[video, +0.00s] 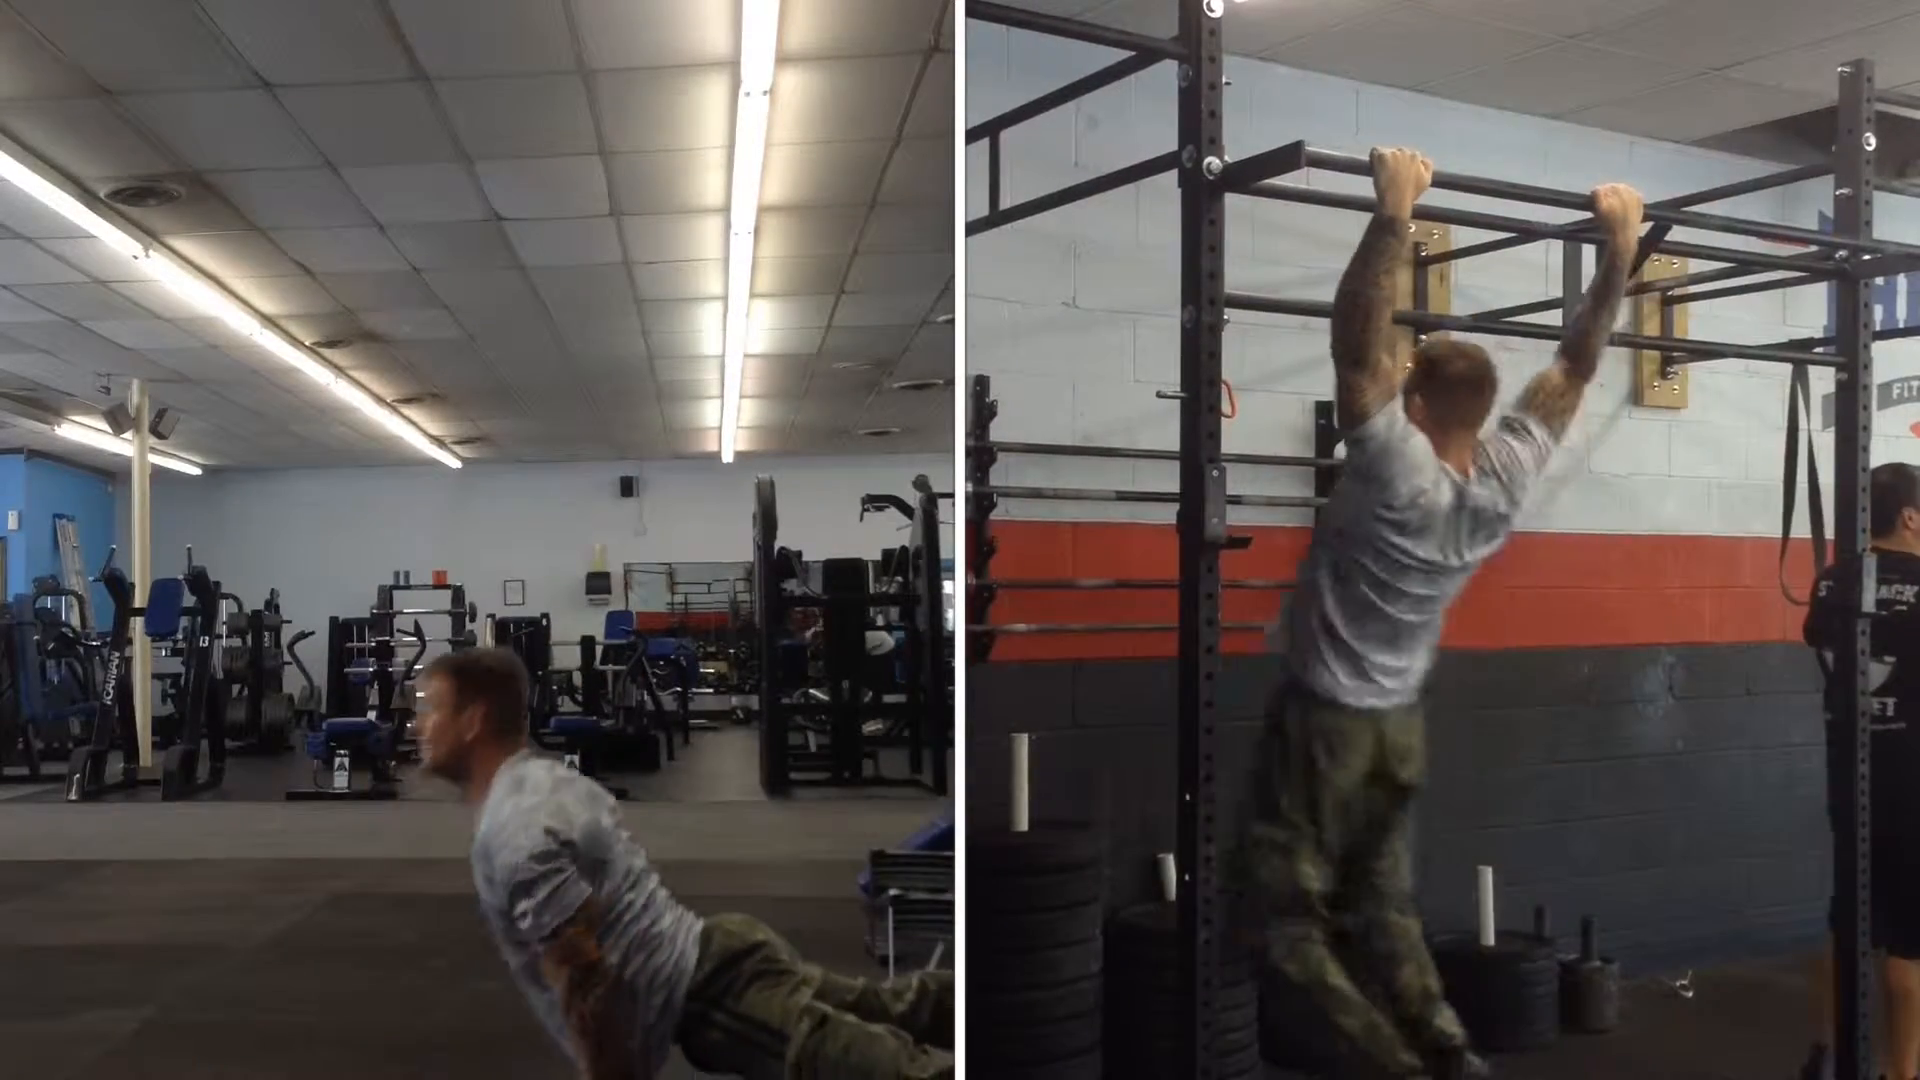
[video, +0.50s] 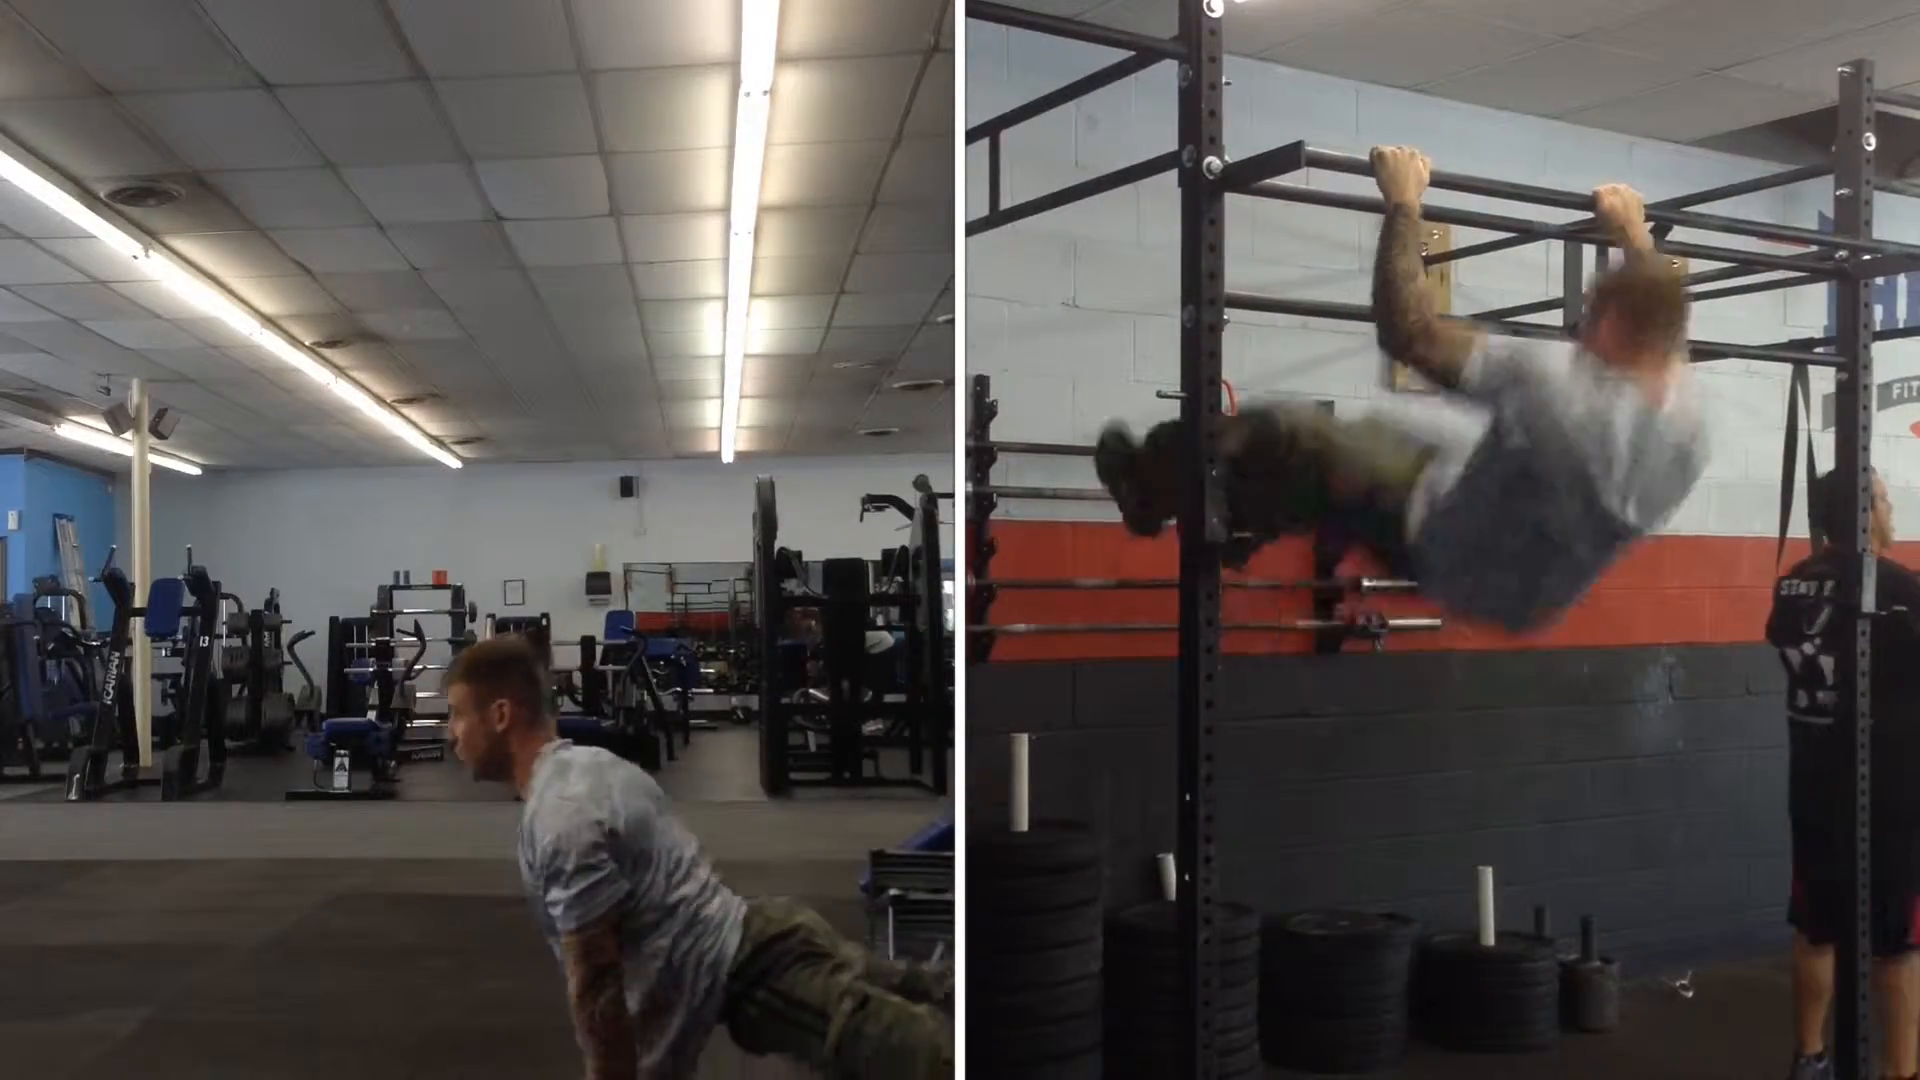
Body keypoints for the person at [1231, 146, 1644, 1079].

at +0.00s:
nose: (1399, 375)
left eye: (1409, 369)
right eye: (1409, 366)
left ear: (1418, 399)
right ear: (1485, 416)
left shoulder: (1387, 468)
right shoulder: (1491, 494)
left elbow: (1357, 337)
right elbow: (1573, 371)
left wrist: (1391, 215)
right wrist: (1618, 260)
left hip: (1323, 725)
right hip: (1400, 727)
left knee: (1281, 919)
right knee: (1379, 911)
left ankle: (1392, 1064)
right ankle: (1453, 1058)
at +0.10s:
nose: (1408, 374)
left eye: (1418, 368)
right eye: (1418, 365)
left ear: (1428, 394)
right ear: (1496, 411)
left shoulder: (1386, 459)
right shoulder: (1504, 486)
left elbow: (1352, 337)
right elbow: (1574, 366)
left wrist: (1389, 215)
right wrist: (1618, 261)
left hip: (1307, 698)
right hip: (1385, 705)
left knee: (1244, 880)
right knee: (1343, 870)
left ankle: (1331, 1059)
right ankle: (1406, 1050)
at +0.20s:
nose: (1439, 410)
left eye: (1445, 400)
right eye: (1451, 402)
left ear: (1456, 411)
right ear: (1523, 428)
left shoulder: (1414, 472)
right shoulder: (1531, 505)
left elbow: (1359, 350)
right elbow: (1585, 373)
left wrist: (1391, 218)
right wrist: (1620, 262)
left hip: (1322, 709)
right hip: (1393, 722)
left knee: (1191, 743)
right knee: (1288, 746)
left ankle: (1240, 929)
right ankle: (1307, 919)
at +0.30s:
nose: (1484, 413)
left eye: (1493, 406)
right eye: (1493, 403)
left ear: (1502, 426)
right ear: (1565, 434)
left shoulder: (1451, 488)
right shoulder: (1576, 502)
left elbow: (1373, 361)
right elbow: (1604, 372)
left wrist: (1394, 215)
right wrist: (1626, 250)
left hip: (1351, 712)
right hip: (1430, 717)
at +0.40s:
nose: (1537, 396)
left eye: (1546, 385)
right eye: (1548, 385)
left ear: (1561, 400)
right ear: (1622, 414)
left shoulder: (1503, 469)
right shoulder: (1630, 488)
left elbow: (1393, 356)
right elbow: (1626, 379)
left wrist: (1397, 217)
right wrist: (1631, 252)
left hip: (1390, 667)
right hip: (1470, 683)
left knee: (1285, 511)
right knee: (1330, 514)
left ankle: (1150, 527)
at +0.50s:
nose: (1588, 323)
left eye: (1599, 315)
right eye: (1598, 312)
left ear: (1612, 327)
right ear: (1672, 339)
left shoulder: (1551, 383)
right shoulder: (1688, 435)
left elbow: (1414, 334)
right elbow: (1660, 332)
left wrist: (1404, 209)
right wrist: (1637, 241)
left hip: (1451, 550)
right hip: (1523, 596)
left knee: (1293, 437)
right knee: (1362, 470)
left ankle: (1150, 479)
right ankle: (1232, 524)